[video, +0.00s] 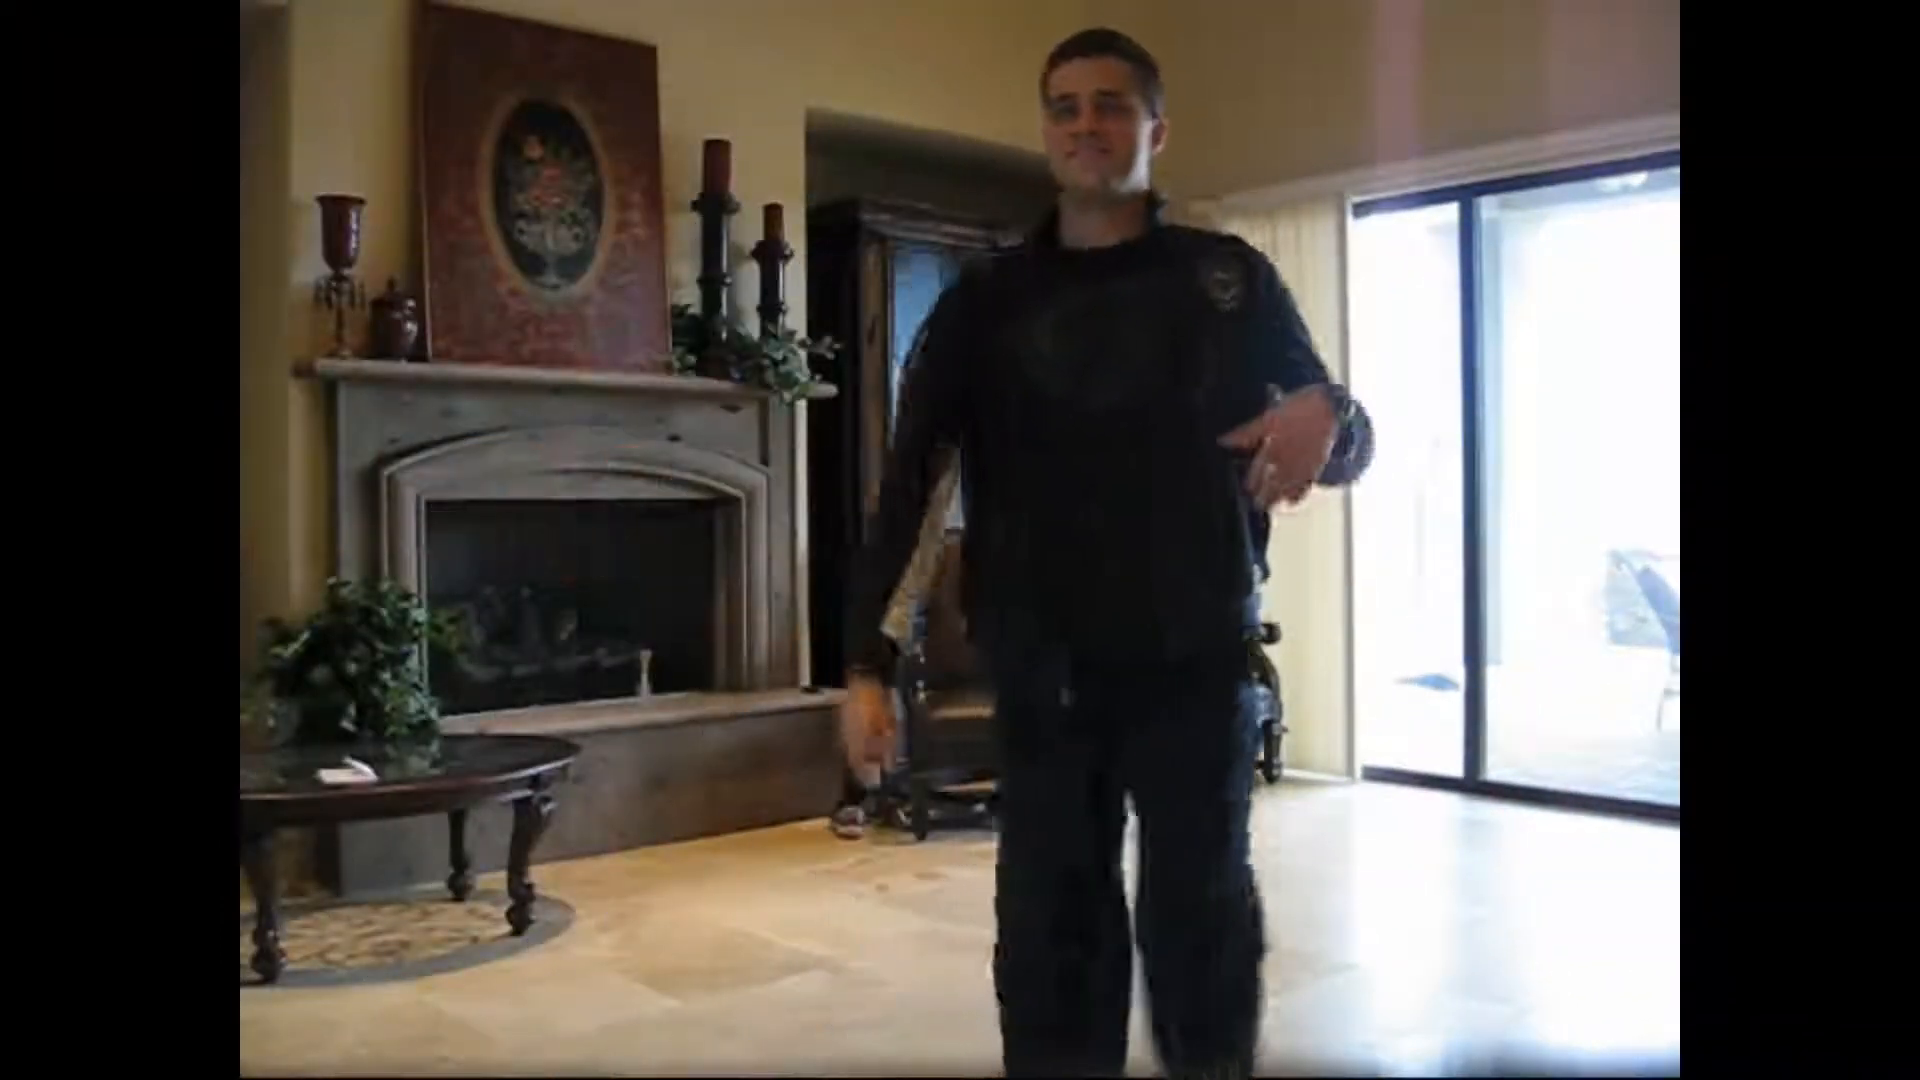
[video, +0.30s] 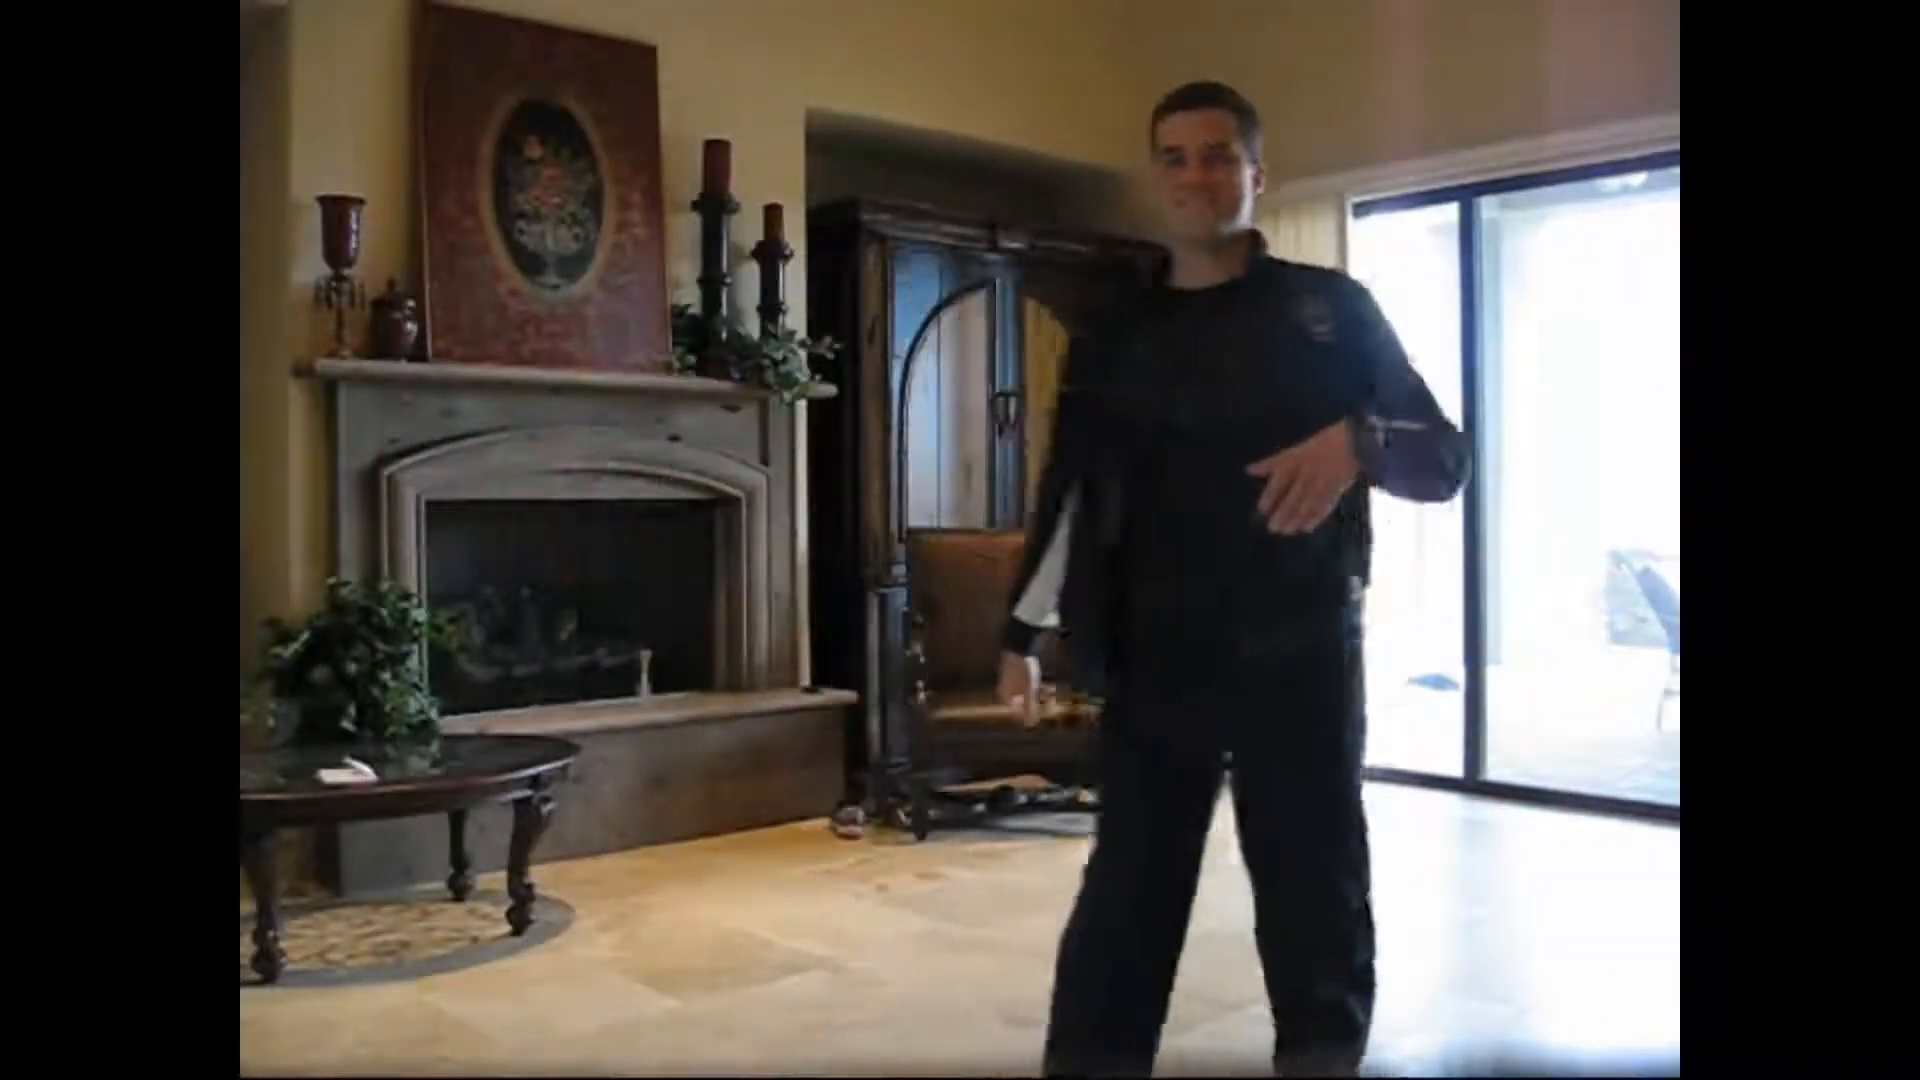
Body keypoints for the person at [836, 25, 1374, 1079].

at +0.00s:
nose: (1088, 125)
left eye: (1112, 106)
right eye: (1065, 108)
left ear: (1156, 129)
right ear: (1042, 133)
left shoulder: (1226, 276)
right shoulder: (983, 297)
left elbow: (1336, 434)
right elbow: (908, 485)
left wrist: (1327, 411)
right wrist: (867, 659)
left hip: (1195, 656)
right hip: (1041, 659)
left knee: (1200, 914)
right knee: (1048, 922)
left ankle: (1211, 1067)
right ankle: (1058, 1074)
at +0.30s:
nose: (1196, 175)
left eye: (1218, 156)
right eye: (1176, 159)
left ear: (1256, 174)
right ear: (1152, 179)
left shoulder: (1329, 307)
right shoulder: (1115, 324)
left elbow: (1442, 455)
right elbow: (1071, 488)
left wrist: (1357, 441)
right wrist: (1024, 628)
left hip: (1299, 657)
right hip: (1158, 655)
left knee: (1314, 907)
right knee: (1126, 907)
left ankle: (1320, 1063)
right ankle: (1089, 1069)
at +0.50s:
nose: (1257, 175)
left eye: (1277, 156)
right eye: (1235, 158)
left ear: (1313, 172)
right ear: (1212, 179)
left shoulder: (1385, 302)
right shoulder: (1179, 322)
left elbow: (1471, 461)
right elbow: (1135, 489)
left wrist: (1437, 586)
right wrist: (1083, 630)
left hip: (1344, 650)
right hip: (1208, 649)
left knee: (1340, 901)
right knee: (1187, 887)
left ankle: (1326, 1069)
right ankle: (1193, 1062)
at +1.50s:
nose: (1401, 185)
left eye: (1419, 168)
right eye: (1382, 170)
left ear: (1448, 186)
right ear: (1355, 193)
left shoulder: (1507, 311)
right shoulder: (1305, 332)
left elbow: (1568, 457)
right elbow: (1262, 488)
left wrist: (1598, 593)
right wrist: (1251, 623)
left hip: (1474, 632)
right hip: (1351, 635)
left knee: (1475, 856)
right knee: (1353, 853)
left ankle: (1465, 1053)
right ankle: (1345, 1046)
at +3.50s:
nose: (1341, 198)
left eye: (1360, 181)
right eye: (1323, 182)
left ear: (1391, 197)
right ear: (1299, 200)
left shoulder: (1453, 324)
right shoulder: (1254, 335)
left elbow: (1508, 477)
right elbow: (1216, 487)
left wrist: (1515, 613)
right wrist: (1215, 618)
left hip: (1421, 631)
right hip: (1291, 636)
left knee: (1427, 856)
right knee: (1290, 851)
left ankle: (1440, 1052)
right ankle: (1292, 1035)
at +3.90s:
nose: (1275, 206)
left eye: (1294, 187)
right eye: (1258, 189)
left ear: (1330, 200)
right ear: (1238, 207)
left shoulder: (1390, 327)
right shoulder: (1195, 344)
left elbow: (1435, 481)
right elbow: (1140, 485)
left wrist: (1392, 598)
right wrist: (1083, 600)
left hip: (1351, 637)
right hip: (1228, 642)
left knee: (1397, 862)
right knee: (1218, 864)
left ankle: (1437, 1057)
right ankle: (1209, 1056)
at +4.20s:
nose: (1210, 204)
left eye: (1229, 186)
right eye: (1191, 188)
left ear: (1261, 197)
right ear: (1170, 205)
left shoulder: (1325, 316)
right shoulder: (1138, 337)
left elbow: (1375, 471)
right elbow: (1044, 449)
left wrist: (1367, 616)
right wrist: (936, 525)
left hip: (1312, 629)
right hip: (1190, 634)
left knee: (1354, 862)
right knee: (1200, 866)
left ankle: (1403, 1052)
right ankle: (1206, 1056)